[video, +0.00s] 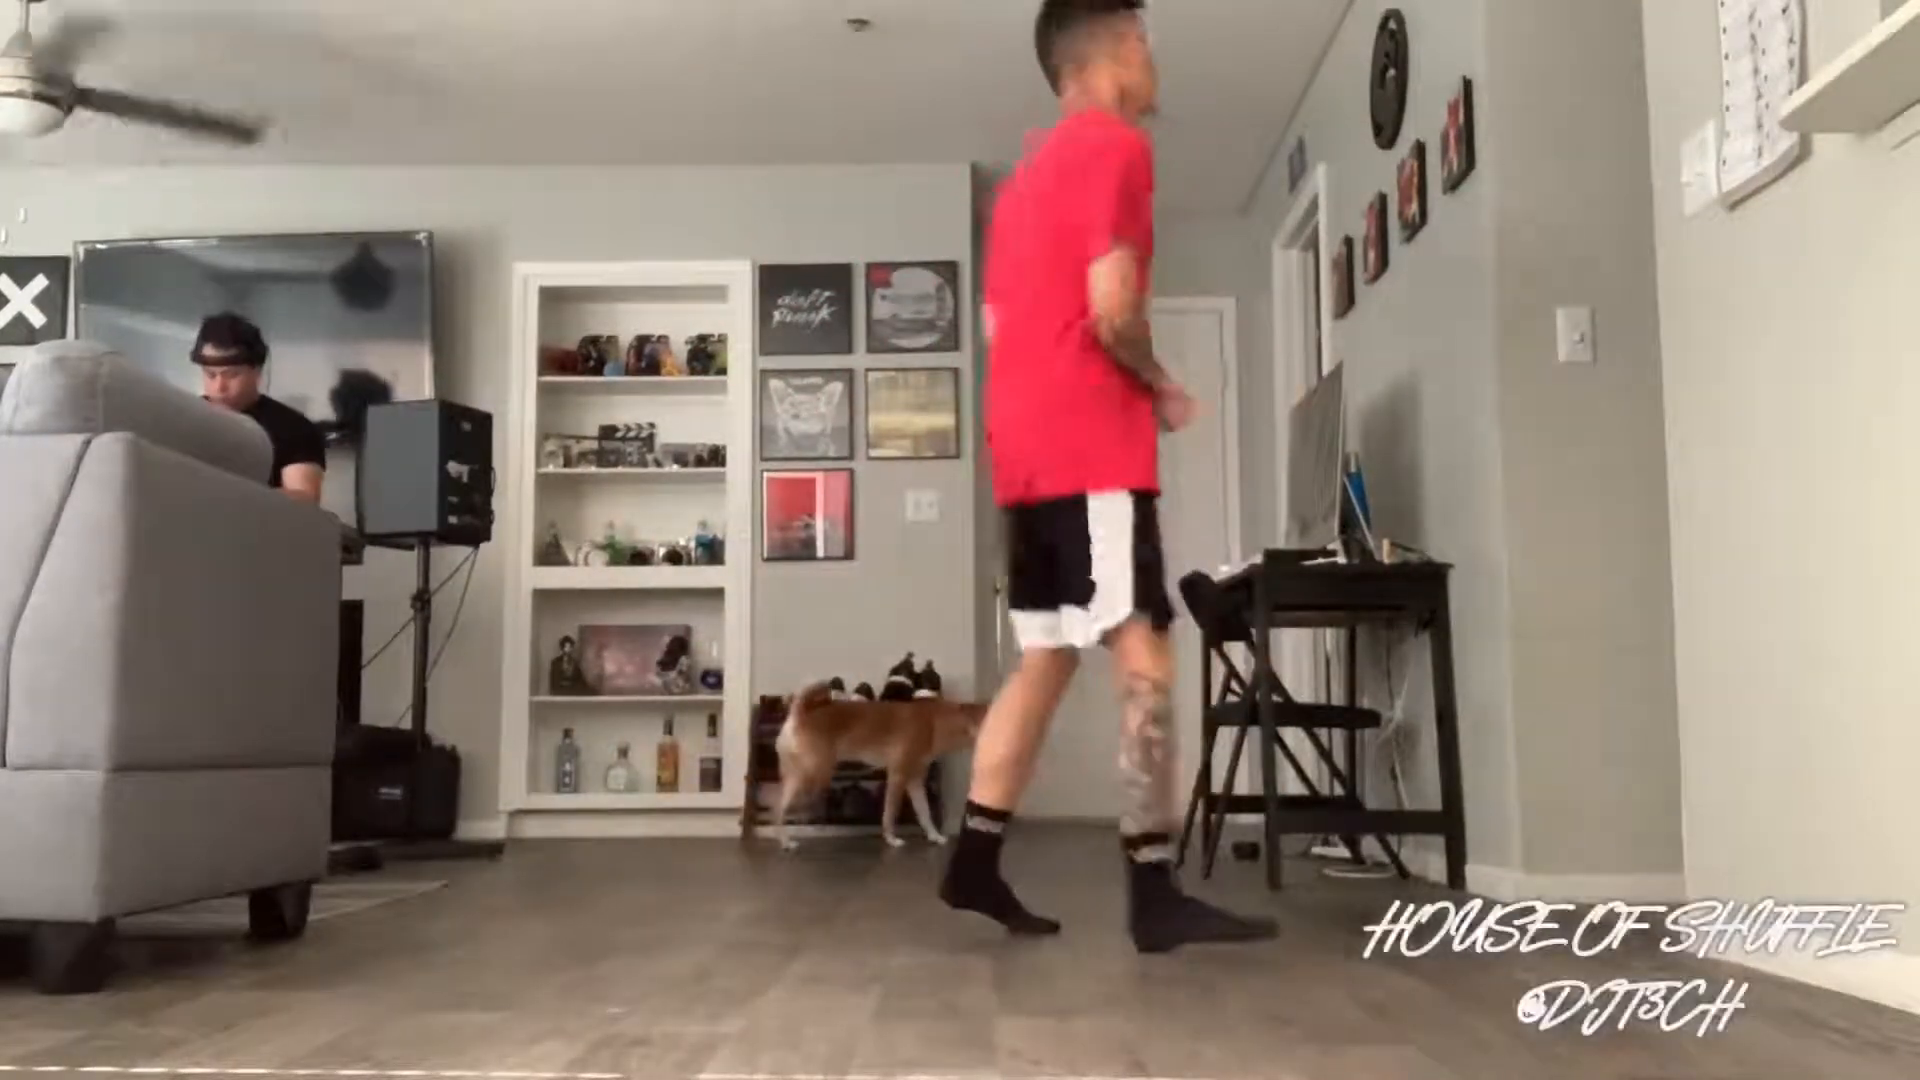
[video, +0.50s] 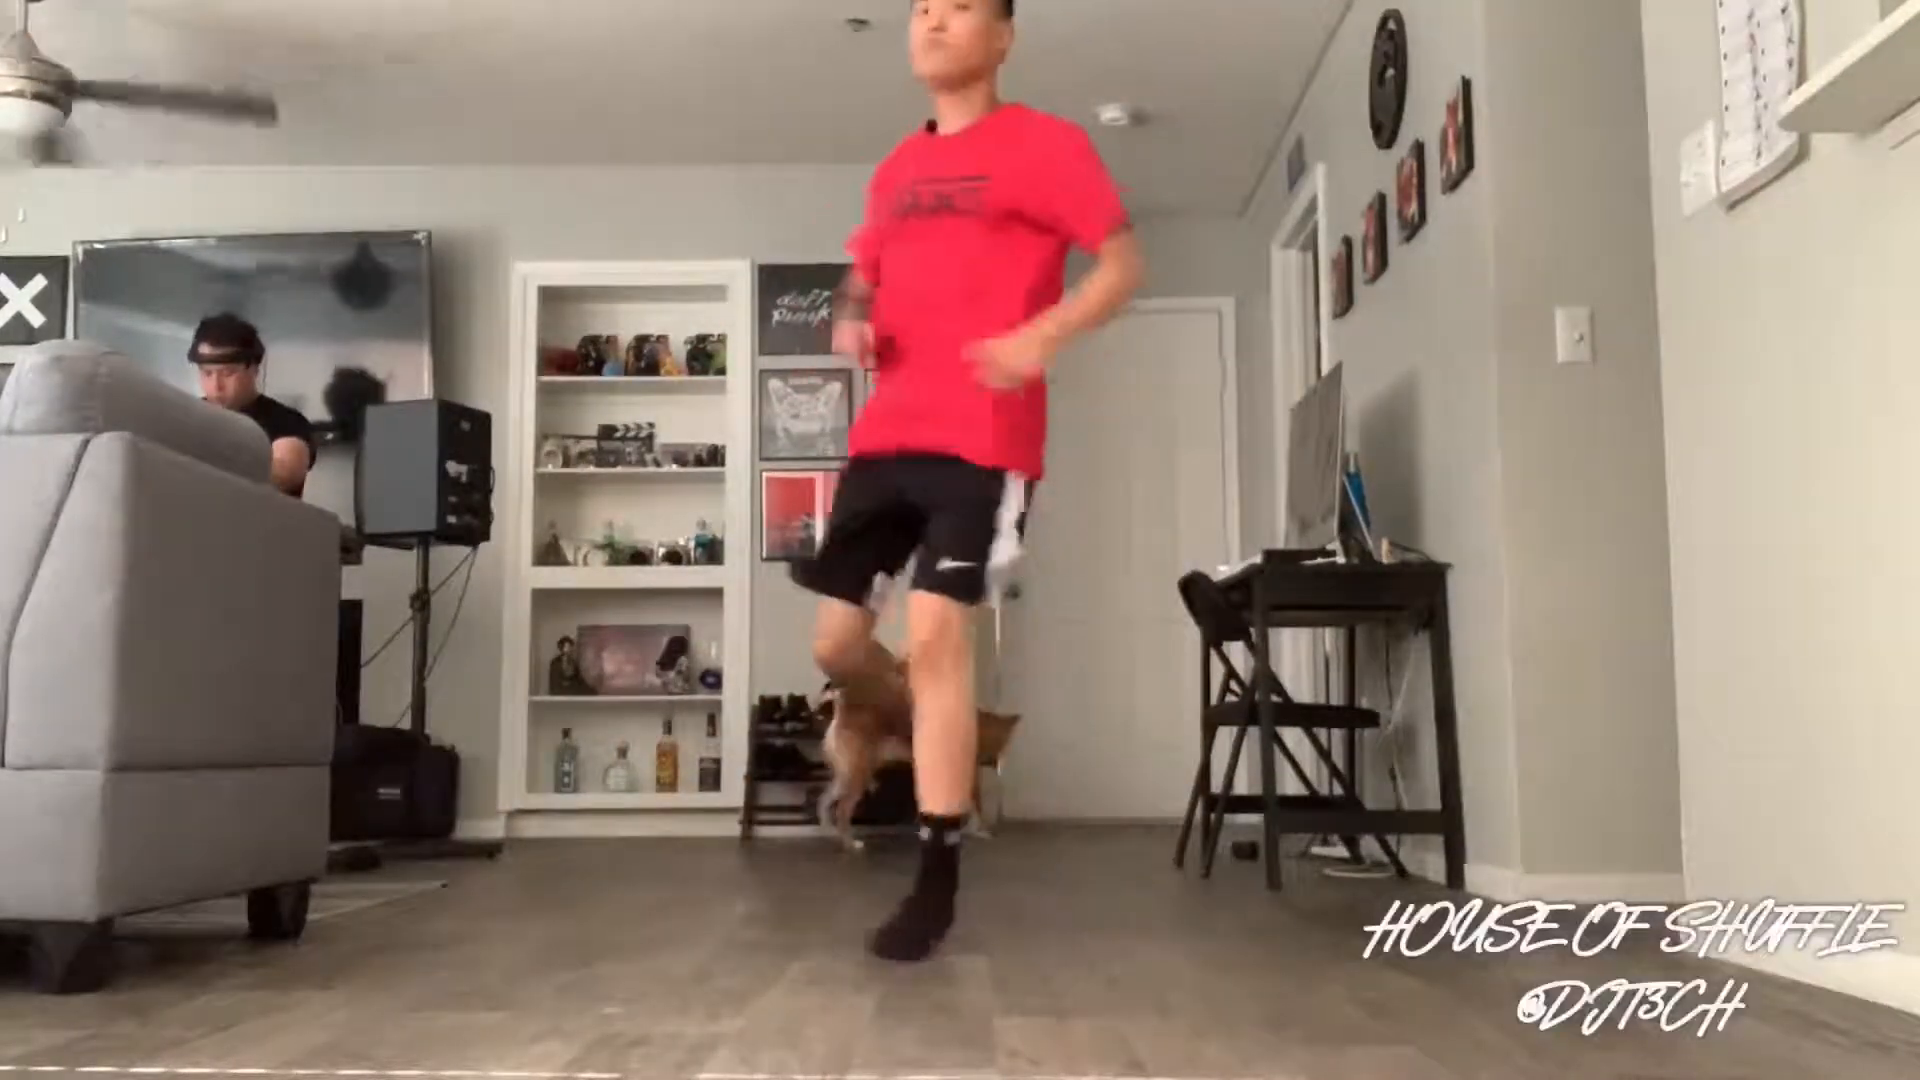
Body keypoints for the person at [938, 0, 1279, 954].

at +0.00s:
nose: (1152, 66)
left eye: (1144, 47)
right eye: (1139, 46)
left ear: (1071, 71)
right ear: (1103, 60)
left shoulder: (1032, 165)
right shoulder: (1114, 146)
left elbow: (1013, 321)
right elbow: (1114, 306)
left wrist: (1132, 387)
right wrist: (1157, 378)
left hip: (1031, 448)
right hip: (1094, 446)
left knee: (1046, 655)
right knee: (1145, 657)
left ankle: (973, 861)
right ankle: (1157, 891)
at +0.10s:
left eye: (1039, 74)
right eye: (1114, 75)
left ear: (1032, 75)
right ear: (1122, 79)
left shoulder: (975, 170)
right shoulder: (1157, 179)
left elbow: (924, 303)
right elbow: (1172, 320)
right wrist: (1127, 371)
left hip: (977, 442)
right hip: (1080, 445)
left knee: (988, 630)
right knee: (1072, 667)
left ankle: (975, 816)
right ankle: (1063, 895)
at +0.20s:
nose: (991, 65)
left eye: (996, 49)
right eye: (997, 49)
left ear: (1018, 54)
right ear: (1082, 68)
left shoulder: (970, 149)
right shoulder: (1128, 178)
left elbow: (918, 289)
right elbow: (1172, 311)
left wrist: (931, 323)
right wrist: (1102, 369)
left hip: (970, 446)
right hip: (1074, 464)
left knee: (875, 606)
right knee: (1061, 664)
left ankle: (965, 742)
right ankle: (1077, 886)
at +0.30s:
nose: (940, 62)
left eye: (952, 42)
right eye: (947, 42)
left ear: (995, 53)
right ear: (1021, 59)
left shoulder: (961, 139)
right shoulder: (1086, 179)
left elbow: (927, 263)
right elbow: (1126, 324)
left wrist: (848, 313)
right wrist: (1031, 364)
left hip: (963, 443)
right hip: (1050, 463)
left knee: (859, 625)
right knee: (1016, 665)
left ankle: (928, 828)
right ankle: (1049, 864)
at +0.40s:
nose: (916, 63)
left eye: (933, 44)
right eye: (922, 45)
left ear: (988, 63)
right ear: (982, 67)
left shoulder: (990, 166)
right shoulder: (985, 175)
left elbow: (1010, 280)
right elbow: (1001, 339)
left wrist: (880, 336)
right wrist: (916, 385)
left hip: (963, 474)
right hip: (986, 473)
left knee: (884, 666)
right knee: (973, 683)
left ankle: (915, 902)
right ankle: (1027, 877)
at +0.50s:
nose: (932, 21)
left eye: (957, 10)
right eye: (923, 10)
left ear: (1003, 40)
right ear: (909, 39)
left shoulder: (1046, 145)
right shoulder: (900, 165)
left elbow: (1122, 263)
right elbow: (862, 280)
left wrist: (1039, 339)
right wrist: (853, 319)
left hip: (982, 432)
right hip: (887, 431)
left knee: (933, 636)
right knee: (838, 644)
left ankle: (936, 882)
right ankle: (941, 724)